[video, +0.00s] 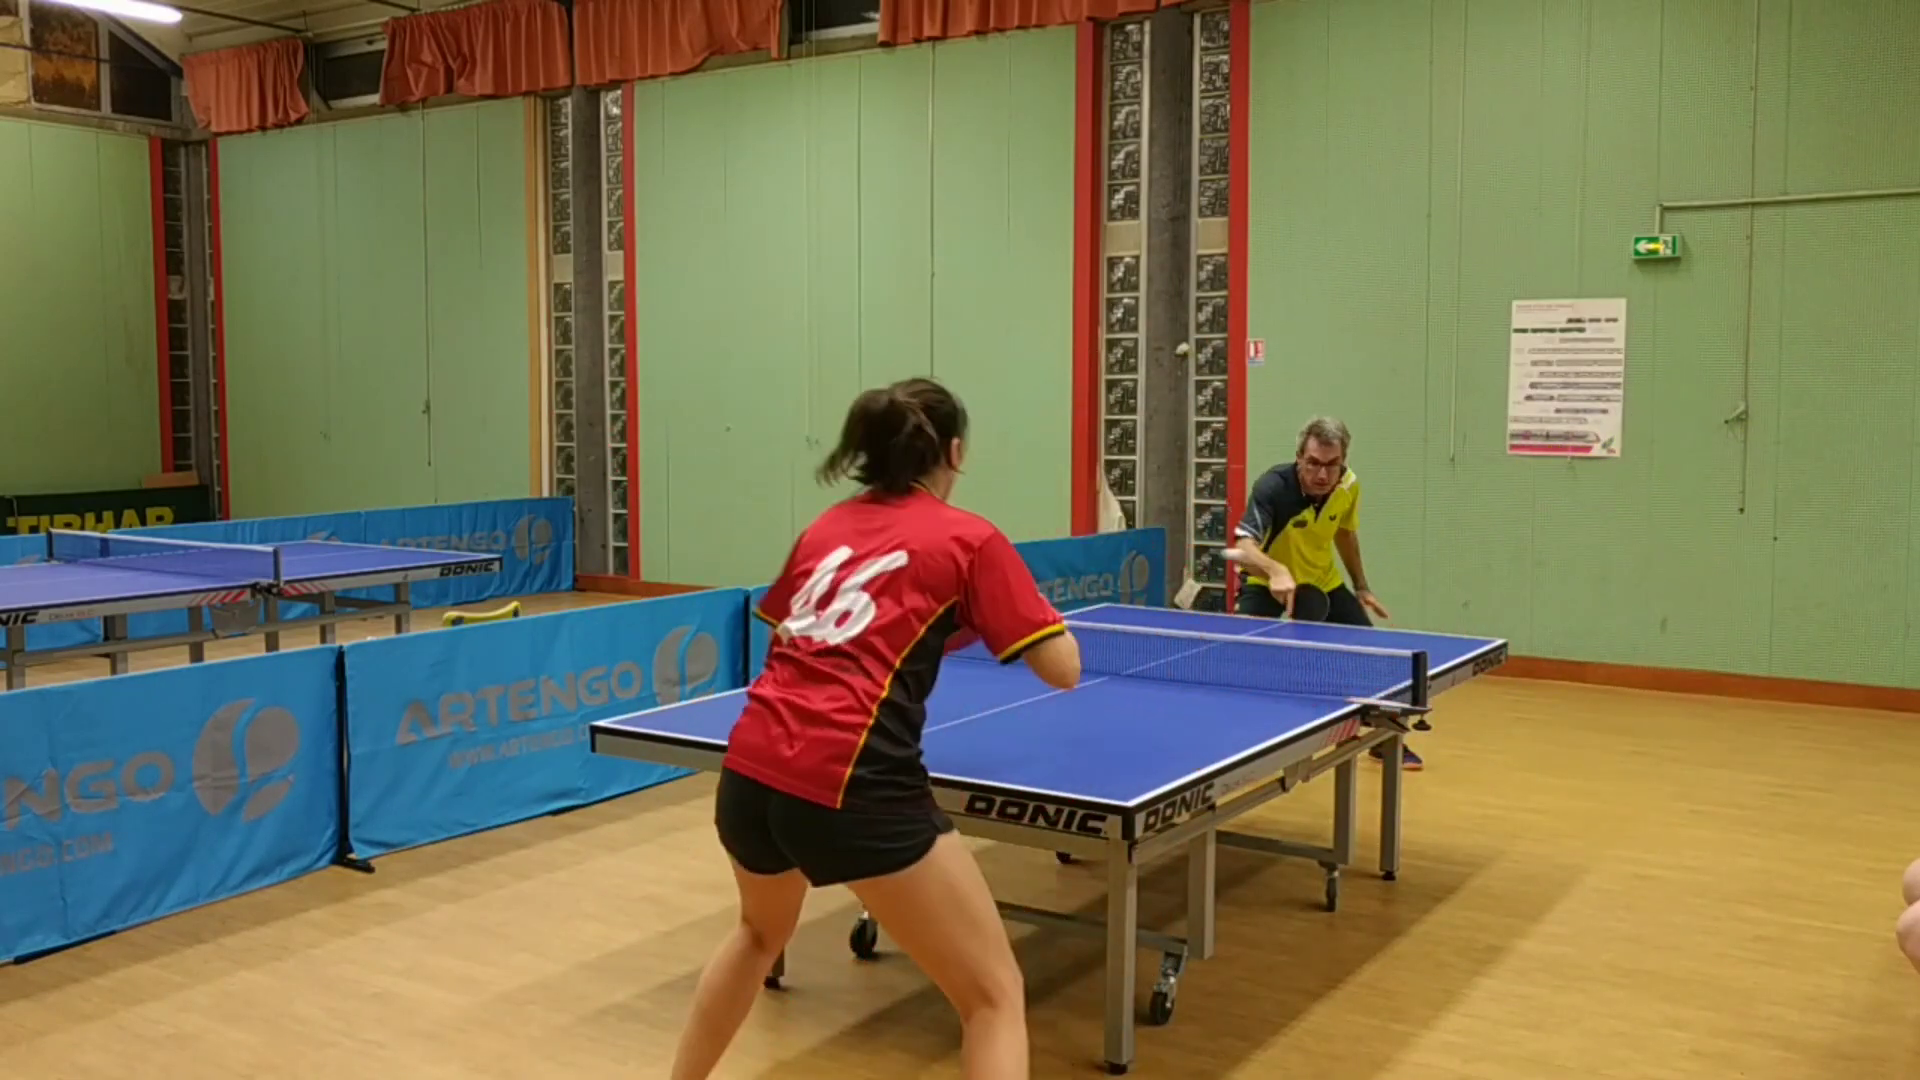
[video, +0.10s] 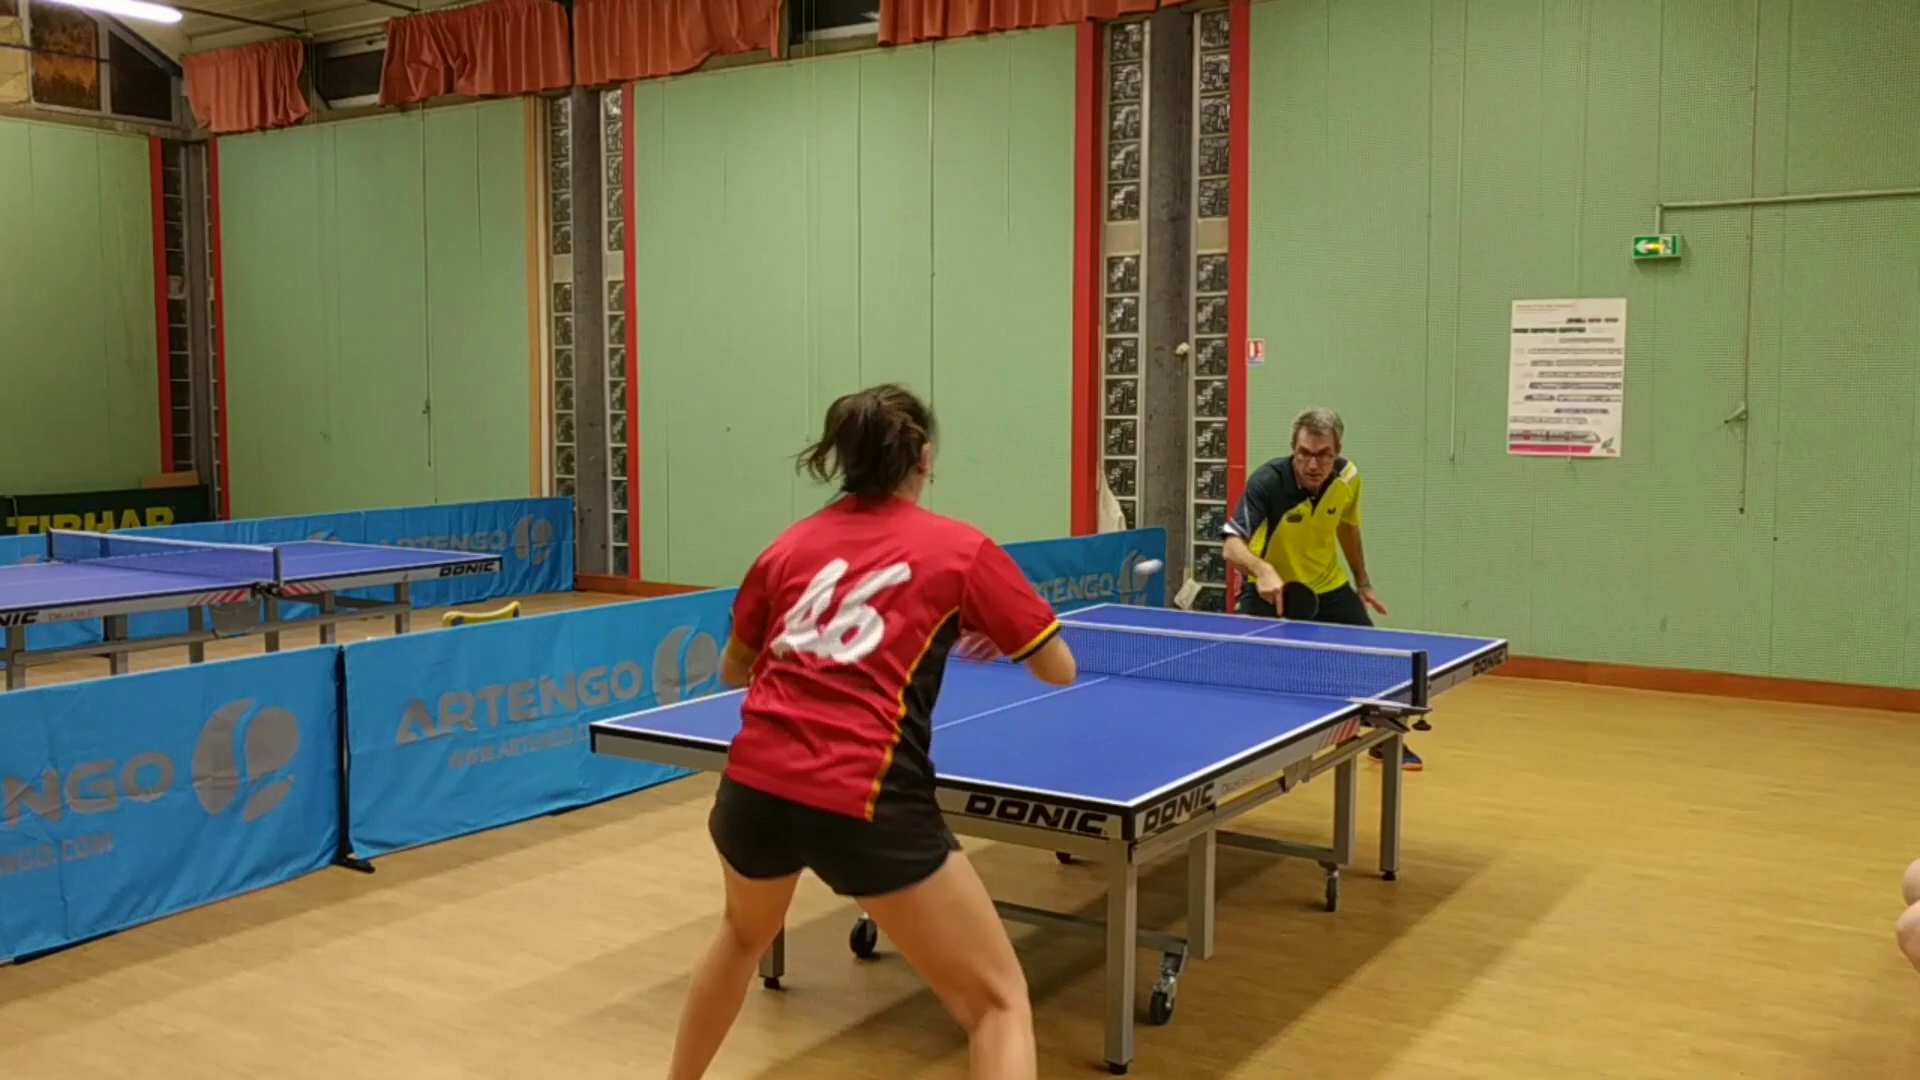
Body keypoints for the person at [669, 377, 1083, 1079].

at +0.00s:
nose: (965, 455)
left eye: (962, 442)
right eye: (963, 443)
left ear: (874, 451)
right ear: (951, 453)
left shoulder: (829, 524)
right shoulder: (967, 538)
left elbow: (781, 625)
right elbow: (1062, 667)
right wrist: (1032, 610)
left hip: (749, 781)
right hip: (855, 795)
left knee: (757, 933)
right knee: (991, 998)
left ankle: (683, 1073)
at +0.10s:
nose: (932, 458)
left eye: (929, 449)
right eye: (930, 449)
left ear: (843, 458)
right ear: (922, 458)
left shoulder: (790, 545)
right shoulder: (959, 549)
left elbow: (736, 667)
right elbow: (1059, 666)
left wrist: (827, 650)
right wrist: (1002, 638)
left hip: (756, 793)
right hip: (867, 807)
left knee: (740, 934)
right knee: (995, 1004)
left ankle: (680, 1074)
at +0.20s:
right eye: (881, 473)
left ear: (806, 491)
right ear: (885, 486)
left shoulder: (763, 587)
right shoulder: (940, 580)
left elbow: (710, 729)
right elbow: (1029, 695)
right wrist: (948, 688)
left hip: (767, 837)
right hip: (886, 846)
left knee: (734, 941)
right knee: (1002, 1006)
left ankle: (676, 1074)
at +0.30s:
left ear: (761, 538)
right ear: (839, 521)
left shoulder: (751, 638)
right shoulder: (909, 604)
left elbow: (742, 780)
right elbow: (985, 718)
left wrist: (655, 883)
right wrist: (901, 758)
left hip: (816, 892)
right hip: (931, 889)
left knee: (728, 925)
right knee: (991, 1060)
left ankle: (676, 1074)